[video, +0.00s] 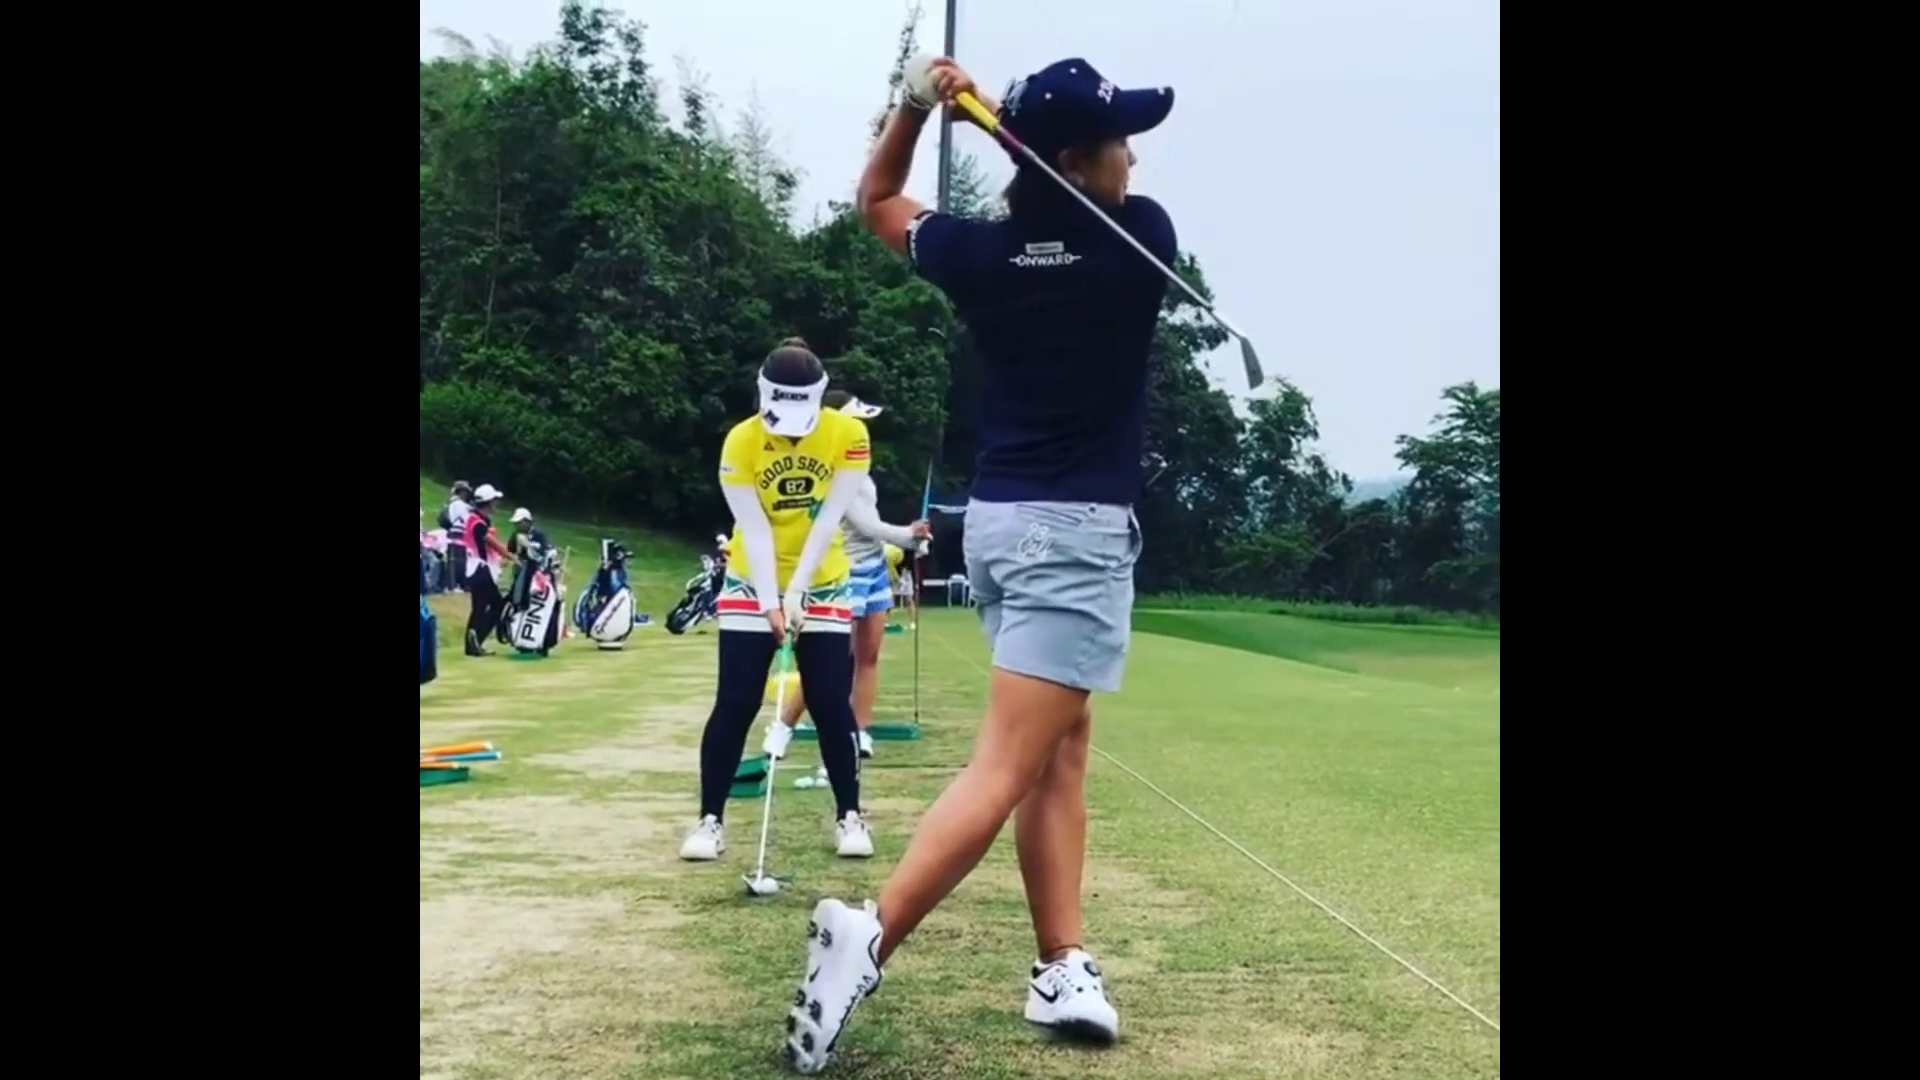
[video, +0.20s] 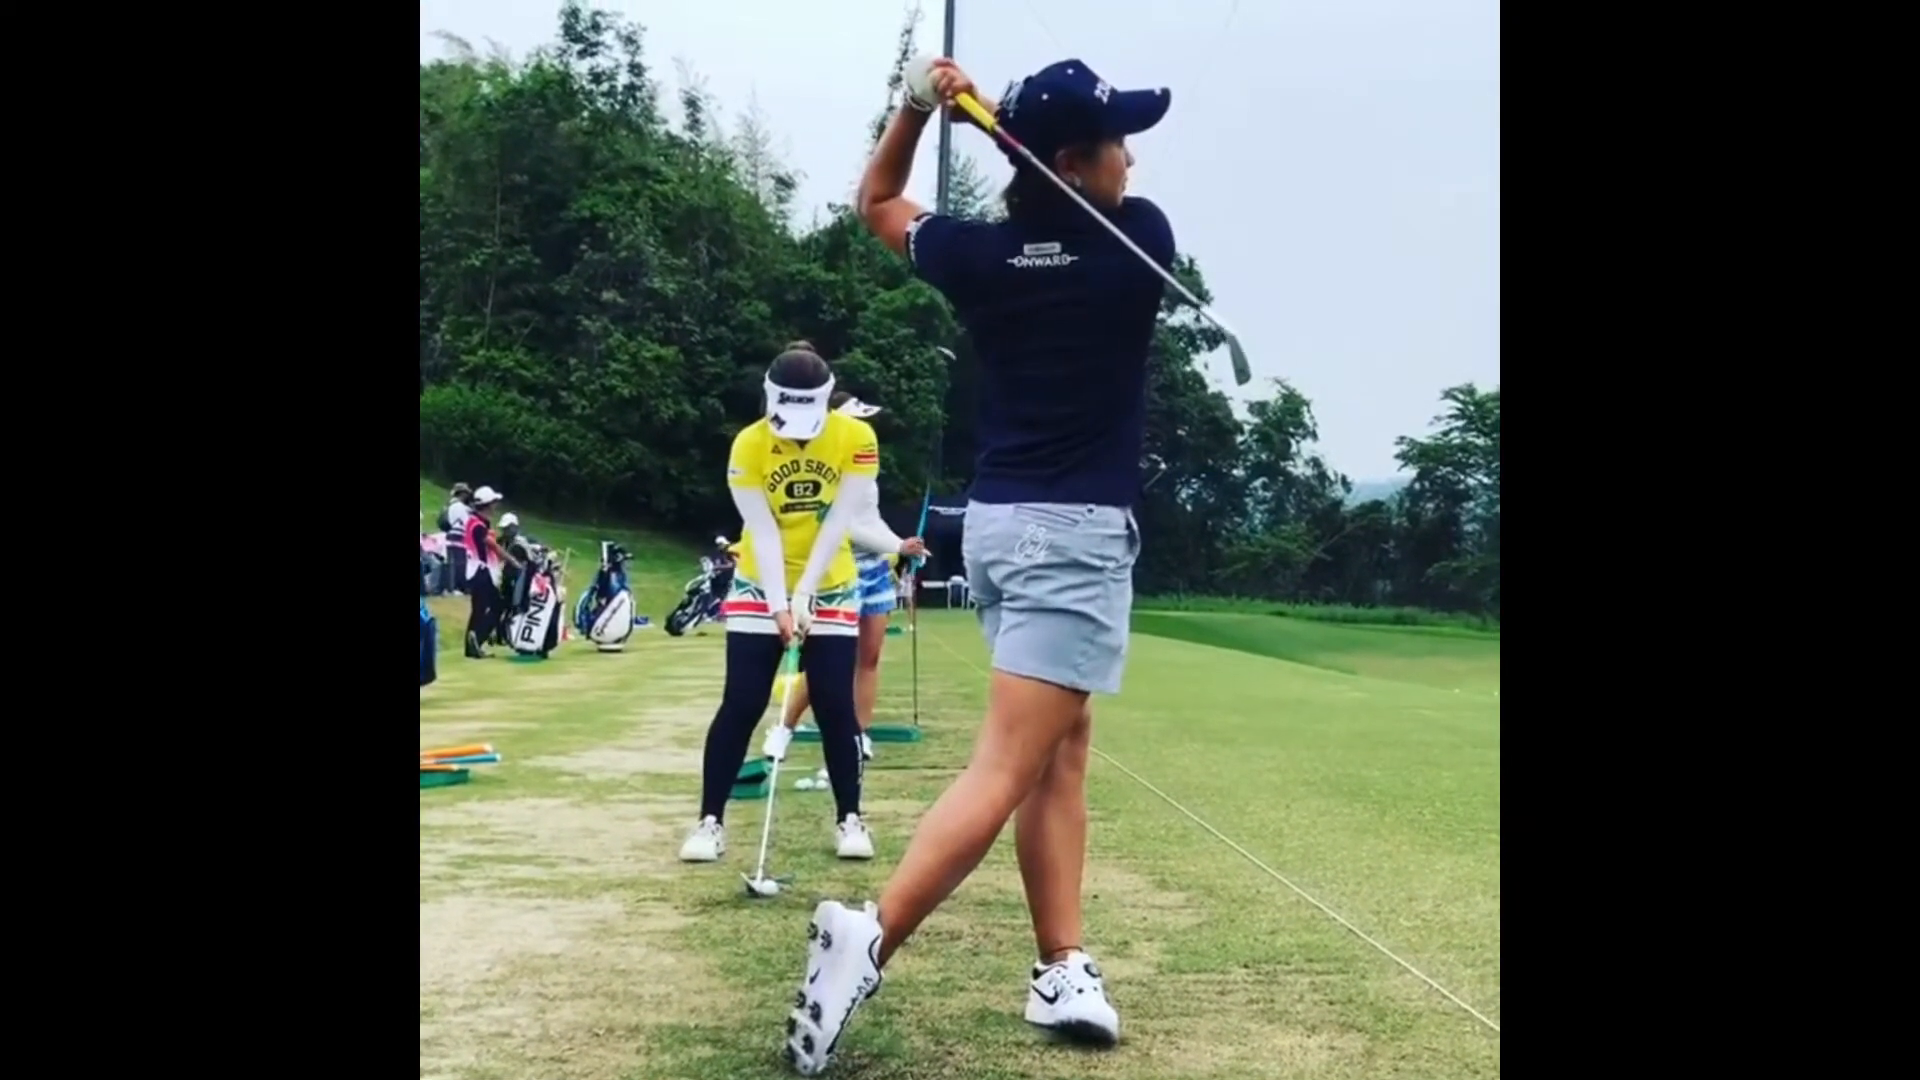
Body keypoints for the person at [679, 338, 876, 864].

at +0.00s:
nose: (788, 424)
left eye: (798, 414)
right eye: (778, 413)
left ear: (818, 397)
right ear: (763, 397)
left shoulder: (849, 434)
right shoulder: (740, 444)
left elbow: (833, 514)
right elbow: (754, 529)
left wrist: (797, 587)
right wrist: (769, 598)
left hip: (822, 585)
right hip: (750, 583)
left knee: (830, 701)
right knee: (735, 701)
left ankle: (849, 816)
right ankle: (710, 821)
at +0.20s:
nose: (796, 428)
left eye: (806, 418)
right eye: (786, 417)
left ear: (826, 400)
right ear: (771, 401)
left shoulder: (857, 438)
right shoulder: (748, 447)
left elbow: (840, 520)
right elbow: (762, 532)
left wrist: (804, 590)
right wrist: (778, 600)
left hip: (830, 587)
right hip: (757, 587)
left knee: (834, 702)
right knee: (742, 702)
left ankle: (850, 819)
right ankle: (710, 821)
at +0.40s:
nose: (850, 357)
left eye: (861, 348)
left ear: (884, 347)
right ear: (832, 346)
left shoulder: (898, 400)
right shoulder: (809, 402)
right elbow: (809, 494)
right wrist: (829, 558)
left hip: (876, 566)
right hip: (813, 565)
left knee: (876, 692)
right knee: (815, 681)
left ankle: (869, 786)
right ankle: (810, 787)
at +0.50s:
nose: (841, 360)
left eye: (852, 353)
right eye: (834, 351)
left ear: (878, 350)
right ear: (826, 351)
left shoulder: (892, 400)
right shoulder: (809, 405)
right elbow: (811, 496)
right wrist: (828, 564)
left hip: (874, 553)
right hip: (815, 551)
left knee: (869, 675)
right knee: (811, 668)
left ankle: (871, 783)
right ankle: (806, 777)